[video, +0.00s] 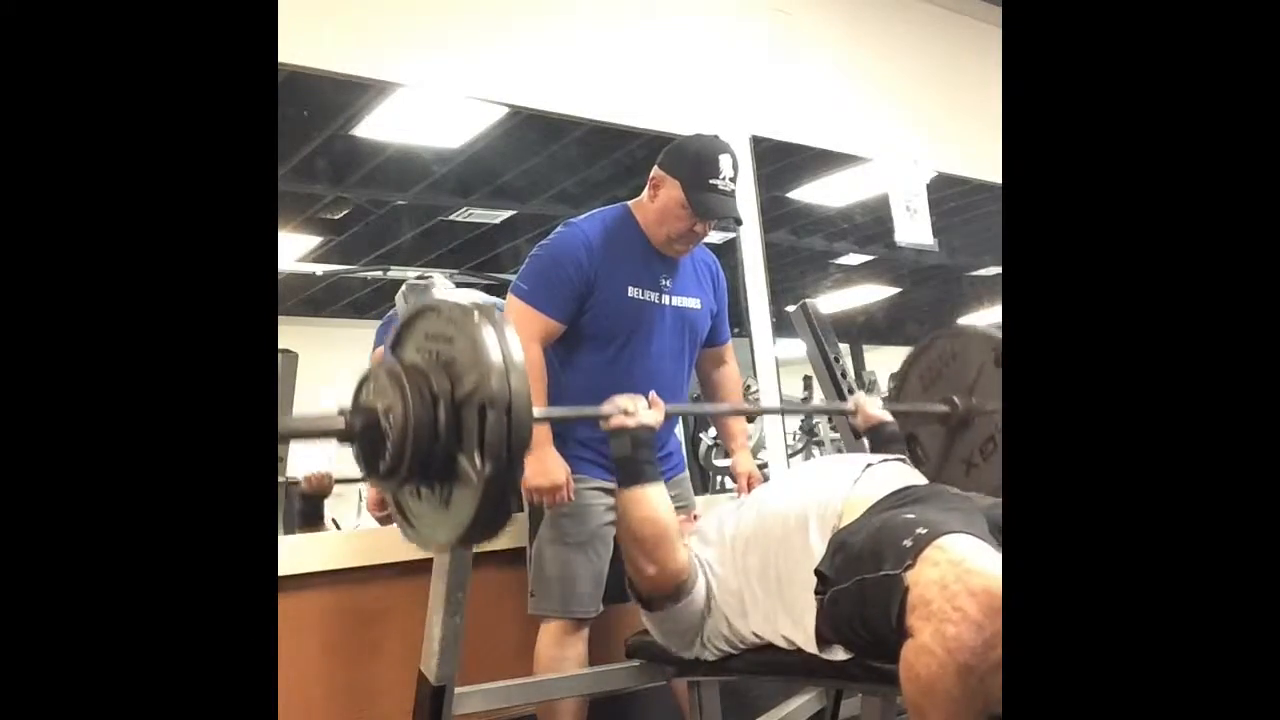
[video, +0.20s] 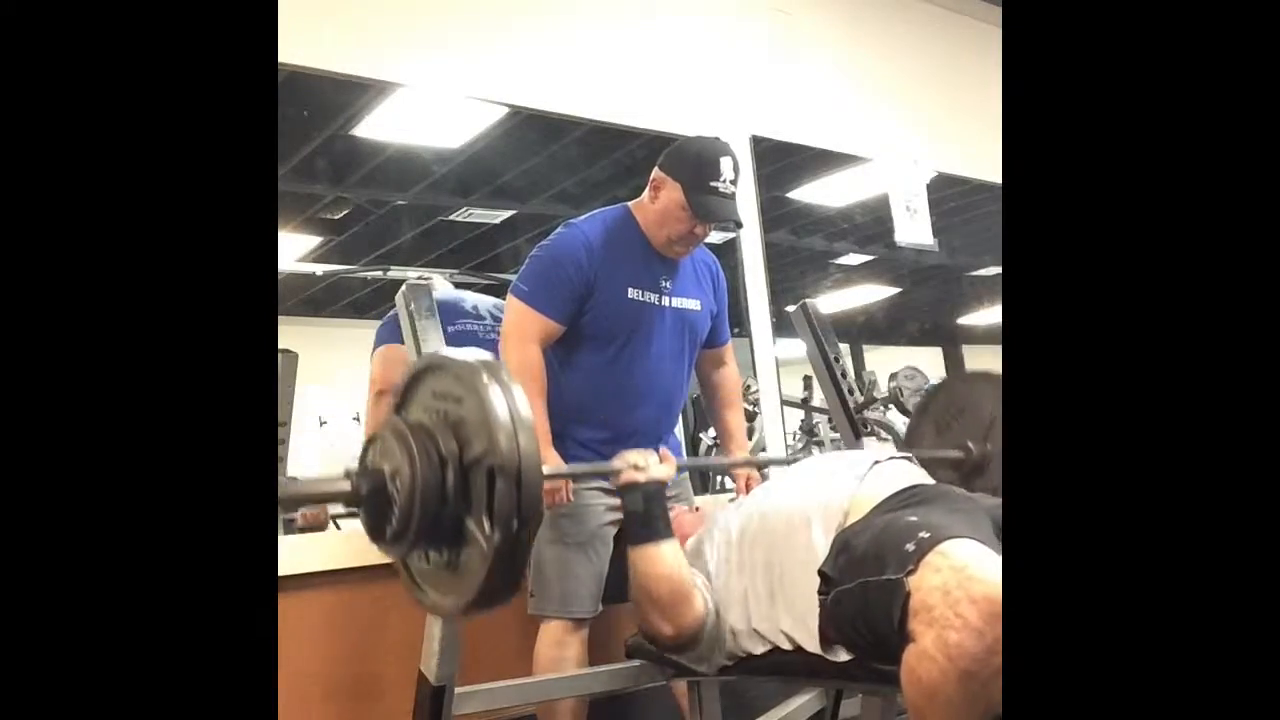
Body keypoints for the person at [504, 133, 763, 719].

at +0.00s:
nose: (704, 229)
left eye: (713, 219)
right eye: (696, 212)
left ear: (722, 214)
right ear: (657, 186)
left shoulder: (706, 270)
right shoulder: (579, 247)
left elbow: (719, 364)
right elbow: (520, 340)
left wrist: (739, 449)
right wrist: (538, 446)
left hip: (661, 470)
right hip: (579, 467)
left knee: (652, 611)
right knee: (570, 619)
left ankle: (638, 713)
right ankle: (565, 716)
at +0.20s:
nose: (703, 231)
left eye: (713, 221)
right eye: (695, 214)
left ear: (721, 215)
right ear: (657, 188)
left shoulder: (707, 271)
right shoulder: (579, 247)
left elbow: (719, 366)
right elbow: (521, 341)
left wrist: (737, 449)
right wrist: (542, 449)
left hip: (659, 466)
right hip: (576, 467)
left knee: (649, 616)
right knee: (569, 621)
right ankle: (562, 717)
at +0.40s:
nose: (702, 231)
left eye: (712, 222)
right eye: (694, 214)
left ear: (721, 217)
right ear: (657, 188)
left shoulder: (707, 271)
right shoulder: (579, 247)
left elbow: (719, 365)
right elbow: (521, 340)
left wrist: (739, 452)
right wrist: (540, 450)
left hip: (660, 472)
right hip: (578, 470)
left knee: (630, 609)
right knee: (568, 618)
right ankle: (561, 715)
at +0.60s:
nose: (703, 232)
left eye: (712, 222)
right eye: (695, 215)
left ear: (720, 217)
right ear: (657, 188)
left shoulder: (707, 271)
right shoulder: (579, 247)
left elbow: (718, 365)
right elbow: (520, 340)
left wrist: (740, 449)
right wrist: (541, 449)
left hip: (659, 467)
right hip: (576, 468)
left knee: (677, 616)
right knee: (569, 621)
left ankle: (691, 712)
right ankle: (560, 718)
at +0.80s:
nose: (703, 231)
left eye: (712, 221)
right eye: (694, 214)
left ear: (721, 216)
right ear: (655, 187)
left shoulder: (706, 270)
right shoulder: (579, 246)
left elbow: (719, 364)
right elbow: (520, 337)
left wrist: (741, 448)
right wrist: (537, 444)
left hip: (662, 469)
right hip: (579, 468)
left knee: (677, 612)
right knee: (569, 621)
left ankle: (689, 713)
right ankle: (564, 718)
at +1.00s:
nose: (702, 230)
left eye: (712, 220)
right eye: (694, 213)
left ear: (721, 216)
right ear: (655, 187)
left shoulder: (705, 271)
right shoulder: (578, 248)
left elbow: (720, 366)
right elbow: (519, 340)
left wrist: (740, 449)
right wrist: (535, 445)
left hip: (662, 470)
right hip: (580, 469)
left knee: (669, 612)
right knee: (568, 621)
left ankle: (657, 715)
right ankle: (562, 717)